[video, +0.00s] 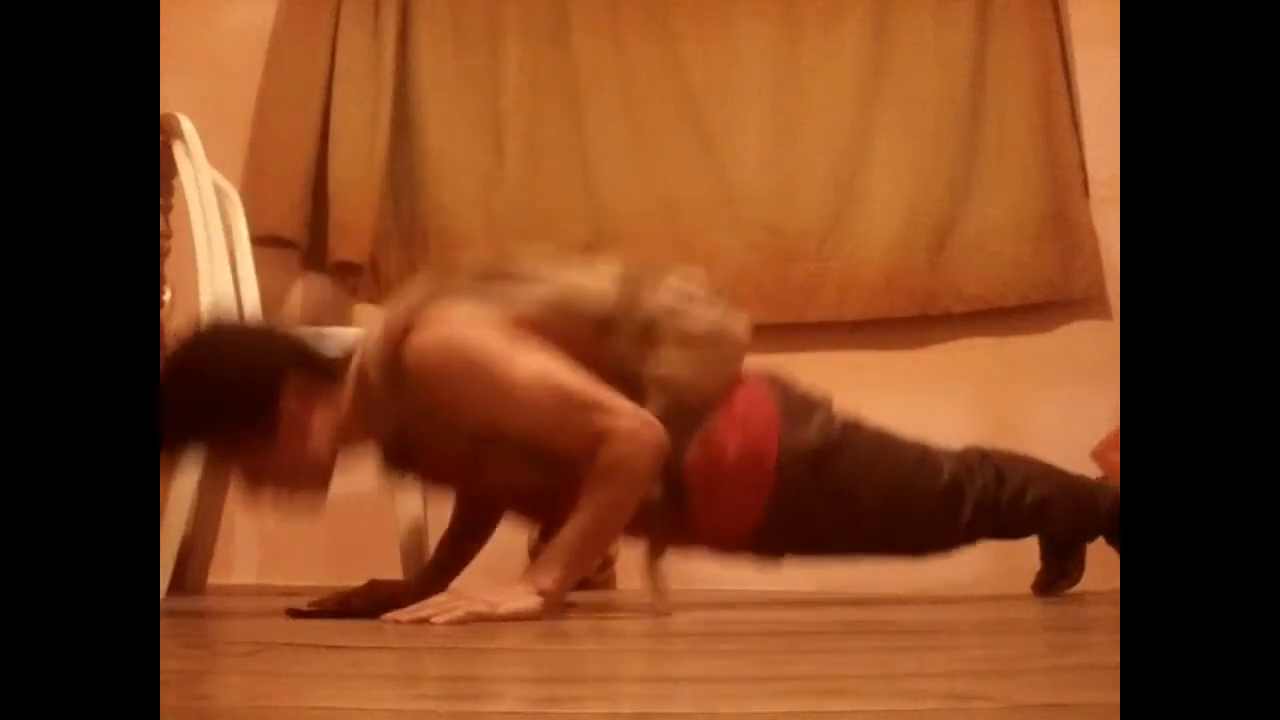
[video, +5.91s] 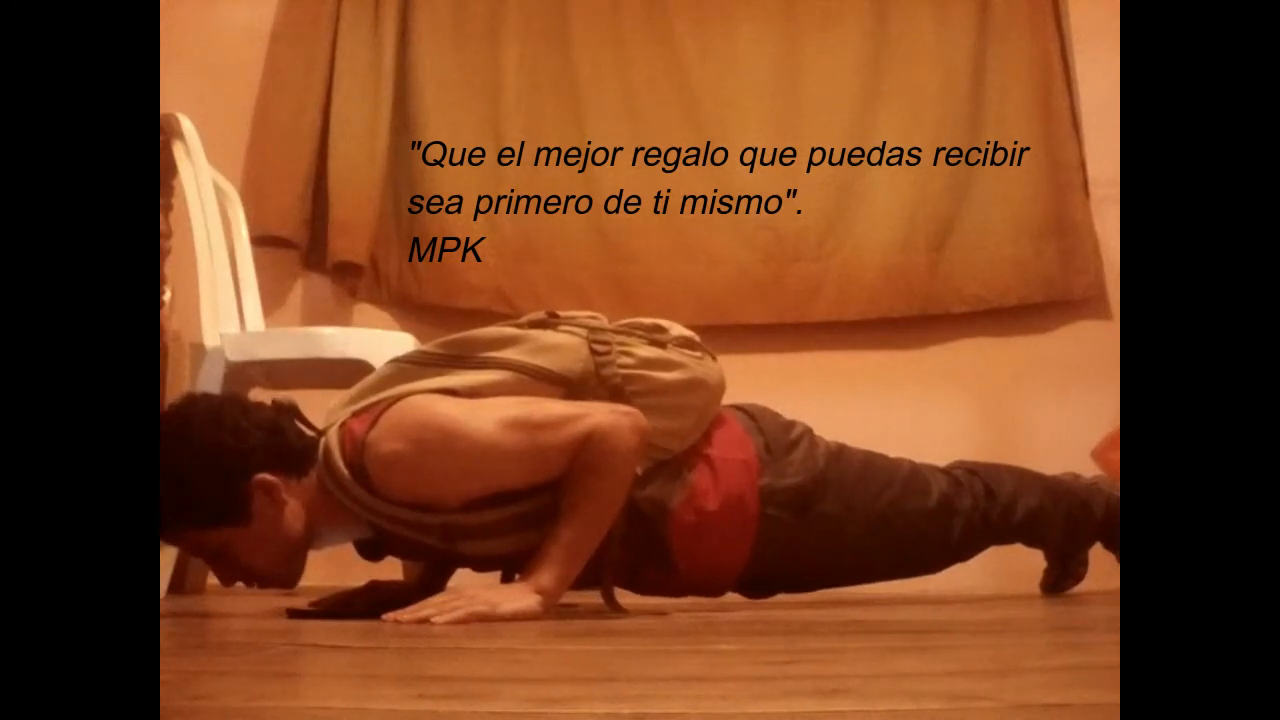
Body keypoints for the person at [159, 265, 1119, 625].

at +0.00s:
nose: (264, 480)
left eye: (253, 455)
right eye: (244, 468)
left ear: (291, 403)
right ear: (291, 404)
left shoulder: (435, 355)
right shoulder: (395, 395)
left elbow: (627, 441)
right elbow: (493, 478)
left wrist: (555, 579)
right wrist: (414, 580)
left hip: (755, 450)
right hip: (725, 481)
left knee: (955, 488)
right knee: (929, 503)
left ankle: (1099, 503)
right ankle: (1062, 516)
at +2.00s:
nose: (217, 570)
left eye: (216, 545)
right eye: (200, 553)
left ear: (276, 491)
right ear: (270, 484)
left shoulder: (405, 450)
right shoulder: (357, 456)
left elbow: (616, 440)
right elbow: (474, 534)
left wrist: (538, 588)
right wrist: (385, 588)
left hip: (739, 494)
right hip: (713, 494)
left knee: (948, 508)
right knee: (926, 505)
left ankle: (1096, 506)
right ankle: (1077, 507)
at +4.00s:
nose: (226, 572)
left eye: (221, 547)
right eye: (208, 559)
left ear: (276, 489)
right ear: (271, 481)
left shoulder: (404, 448)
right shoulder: (355, 458)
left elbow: (615, 439)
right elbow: (455, 541)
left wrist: (538, 588)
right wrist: (391, 585)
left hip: (739, 486)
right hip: (709, 504)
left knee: (944, 507)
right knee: (923, 507)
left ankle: (1096, 503)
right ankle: (1072, 506)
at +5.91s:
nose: (219, 575)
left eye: (214, 550)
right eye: (201, 560)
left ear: (265, 493)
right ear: (261, 482)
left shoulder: (400, 449)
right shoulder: (355, 459)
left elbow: (614, 438)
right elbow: (471, 533)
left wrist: (538, 588)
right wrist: (390, 586)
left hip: (738, 497)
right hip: (713, 501)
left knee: (948, 509)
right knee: (927, 506)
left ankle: (1095, 505)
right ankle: (1078, 505)